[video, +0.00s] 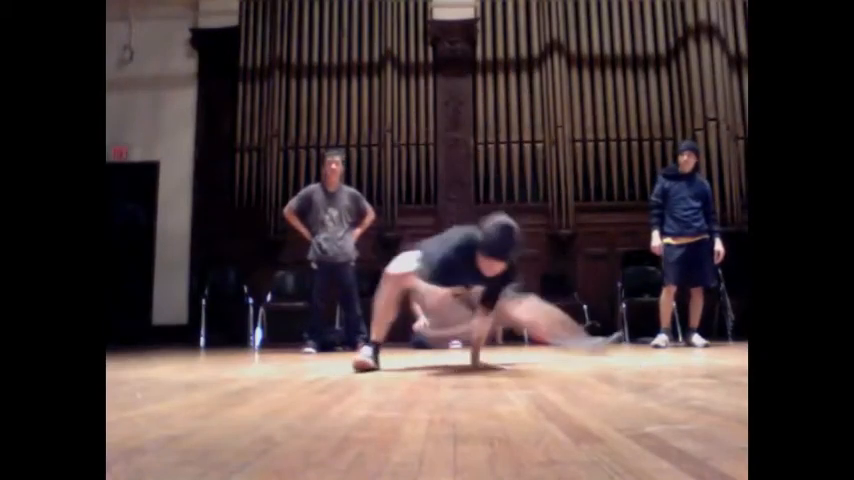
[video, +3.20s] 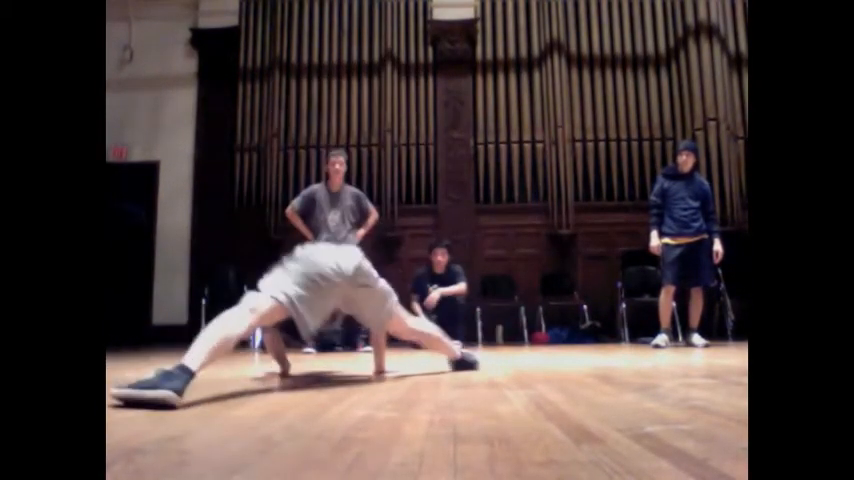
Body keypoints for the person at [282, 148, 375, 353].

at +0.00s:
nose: (332, 168)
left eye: (336, 164)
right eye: (329, 164)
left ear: (342, 169)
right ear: (323, 168)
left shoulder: (351, 194)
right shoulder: (312, 192)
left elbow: (370, 214)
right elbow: (288, 211)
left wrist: (355, 233)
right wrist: (308, 235)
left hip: (345, 252)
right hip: (321, 252)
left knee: (351, 299)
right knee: (318, 300)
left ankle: (357, 338)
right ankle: (314, 340)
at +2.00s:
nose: (336, 167)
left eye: (340, 163)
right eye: (333, 163)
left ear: (345, 168)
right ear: (326, 167)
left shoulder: (354, 195)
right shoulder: (314, 192)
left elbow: (372, 215)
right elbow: (291, 212)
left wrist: (359, 234)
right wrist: (310, 237)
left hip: (347, 252)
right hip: (322, 251)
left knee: (350, 297)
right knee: (321, 299)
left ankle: (357, 339)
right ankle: (317, 340)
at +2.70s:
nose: (337, 167)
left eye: (341, 163)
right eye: (334, 163)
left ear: (346, 167)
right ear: (326, 167)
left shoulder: (354, 194)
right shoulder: (314, 192)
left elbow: (373, 214)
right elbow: (290, 211)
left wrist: (360, 234)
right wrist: (307, 233)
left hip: (350, 259)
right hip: (318, 257)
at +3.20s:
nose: (337, 167)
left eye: (340, 164)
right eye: (334, 163)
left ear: (345, 167)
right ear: (326, 167)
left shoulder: (354, 194)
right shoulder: (314, 192)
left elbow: (373, 214)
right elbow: (291, 212)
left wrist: (360, 233)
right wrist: (310, 236)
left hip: (349, 248)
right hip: (320, 248)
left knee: (359, 294)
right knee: (316, 294)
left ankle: (353, 340)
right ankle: (313, 340)